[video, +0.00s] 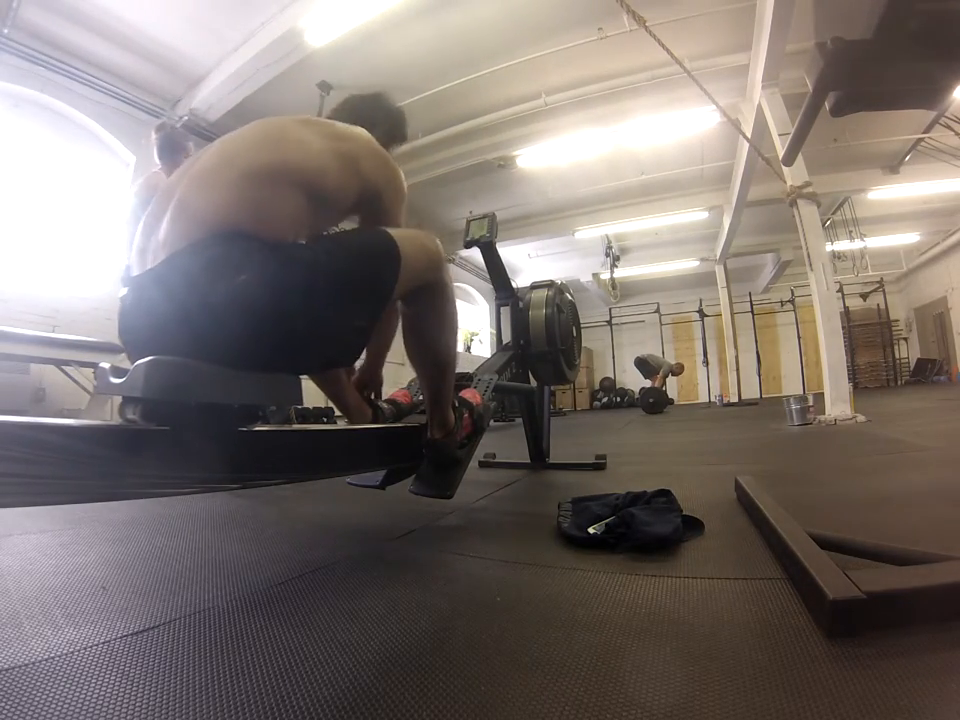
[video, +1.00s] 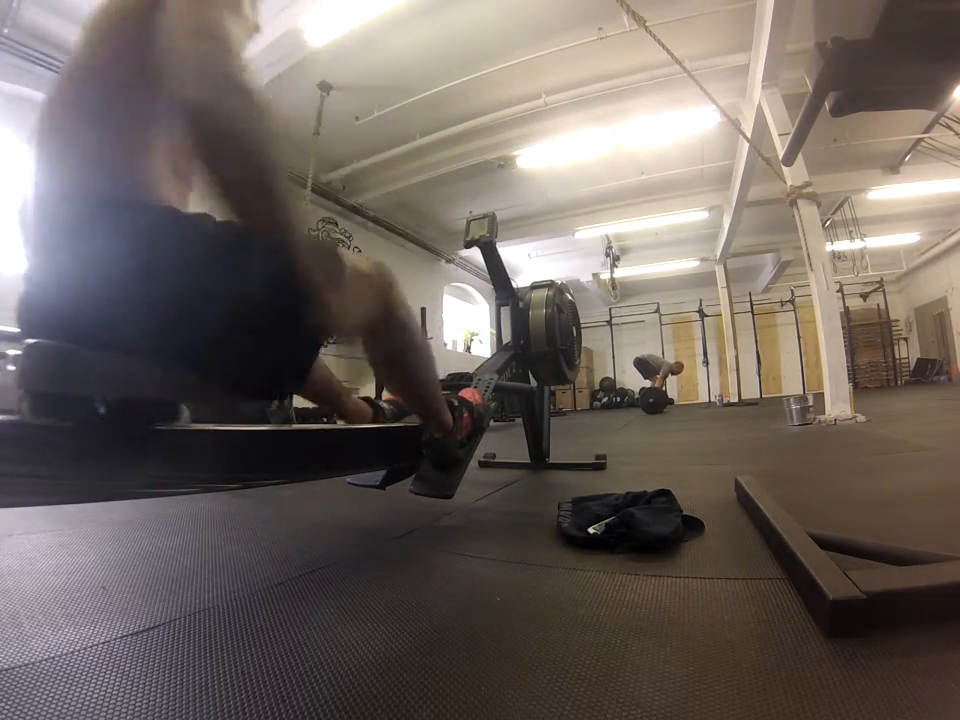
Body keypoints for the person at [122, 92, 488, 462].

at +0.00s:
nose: (390, 161)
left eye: (392, 152)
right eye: (392, 152)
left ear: (333, 117)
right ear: (384, 140)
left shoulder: (273, 139)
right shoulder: (378, 165)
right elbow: (384, 290)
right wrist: (373, 370)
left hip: (143, 322)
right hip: (233, 300)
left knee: (299, 294)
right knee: (426, 258)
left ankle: (363, 416)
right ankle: (444, 424)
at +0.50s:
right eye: (371, 105)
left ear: (307, 77)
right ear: (364, 96)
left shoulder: (239, 115)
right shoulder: (356, 125)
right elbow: (382, 257)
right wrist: (397, 335)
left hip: (126, 312)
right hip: (220, 298)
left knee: (288, 294)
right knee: (415, 263)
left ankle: (364, 418)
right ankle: (443, 426)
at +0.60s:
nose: (347, 92)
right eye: (350, 83)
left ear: (282, 56)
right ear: (338, 72)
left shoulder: (215, 95)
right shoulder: (336, 96)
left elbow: (125, 178)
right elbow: (384, 225)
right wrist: (393, 298)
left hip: (117, 309)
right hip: (212, 300)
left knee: (283, 291)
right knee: (412, 263)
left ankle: (364, 417)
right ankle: (443, 427)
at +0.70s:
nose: (328, 56)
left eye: (327, 48)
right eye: (325, 46)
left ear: (254, 29)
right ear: (315, 38)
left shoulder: (196, 76)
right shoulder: (308, 64)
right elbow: (392, 211)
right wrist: (431, 301)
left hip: (102, 305)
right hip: (195, 291)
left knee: (278, 287)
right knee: (412, 266)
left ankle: (364, 415)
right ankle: (444, 427)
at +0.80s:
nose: (311, 43)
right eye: (307, 31)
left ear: (236, 12)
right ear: (291, 15)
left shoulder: (174, 60)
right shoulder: (269, 37)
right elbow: (373, 183)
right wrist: (434, 254)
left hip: (85, 297)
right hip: (171, 279)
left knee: (279, 304)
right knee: (402, 275)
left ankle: (362, 414)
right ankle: (445, 426)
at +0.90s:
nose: (281, 40)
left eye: (282, 36)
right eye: (278, 29)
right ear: (257, 6)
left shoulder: (150, 47)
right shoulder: (225, 17)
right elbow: (318, 155)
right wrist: (418, 259)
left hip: (73, 286)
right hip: (142, 269)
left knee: (274, 309)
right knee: (389, 280)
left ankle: (367, 421)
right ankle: (445, 429)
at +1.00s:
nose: (243, 35)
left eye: (245, 32)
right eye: (240, 24)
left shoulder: (107, 48)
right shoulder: (184, 12)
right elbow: (210, 101)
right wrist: (302, 262)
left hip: (56, 286)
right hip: (129, 272)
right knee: (376, 289)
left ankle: (359, 413)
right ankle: (445, 428)